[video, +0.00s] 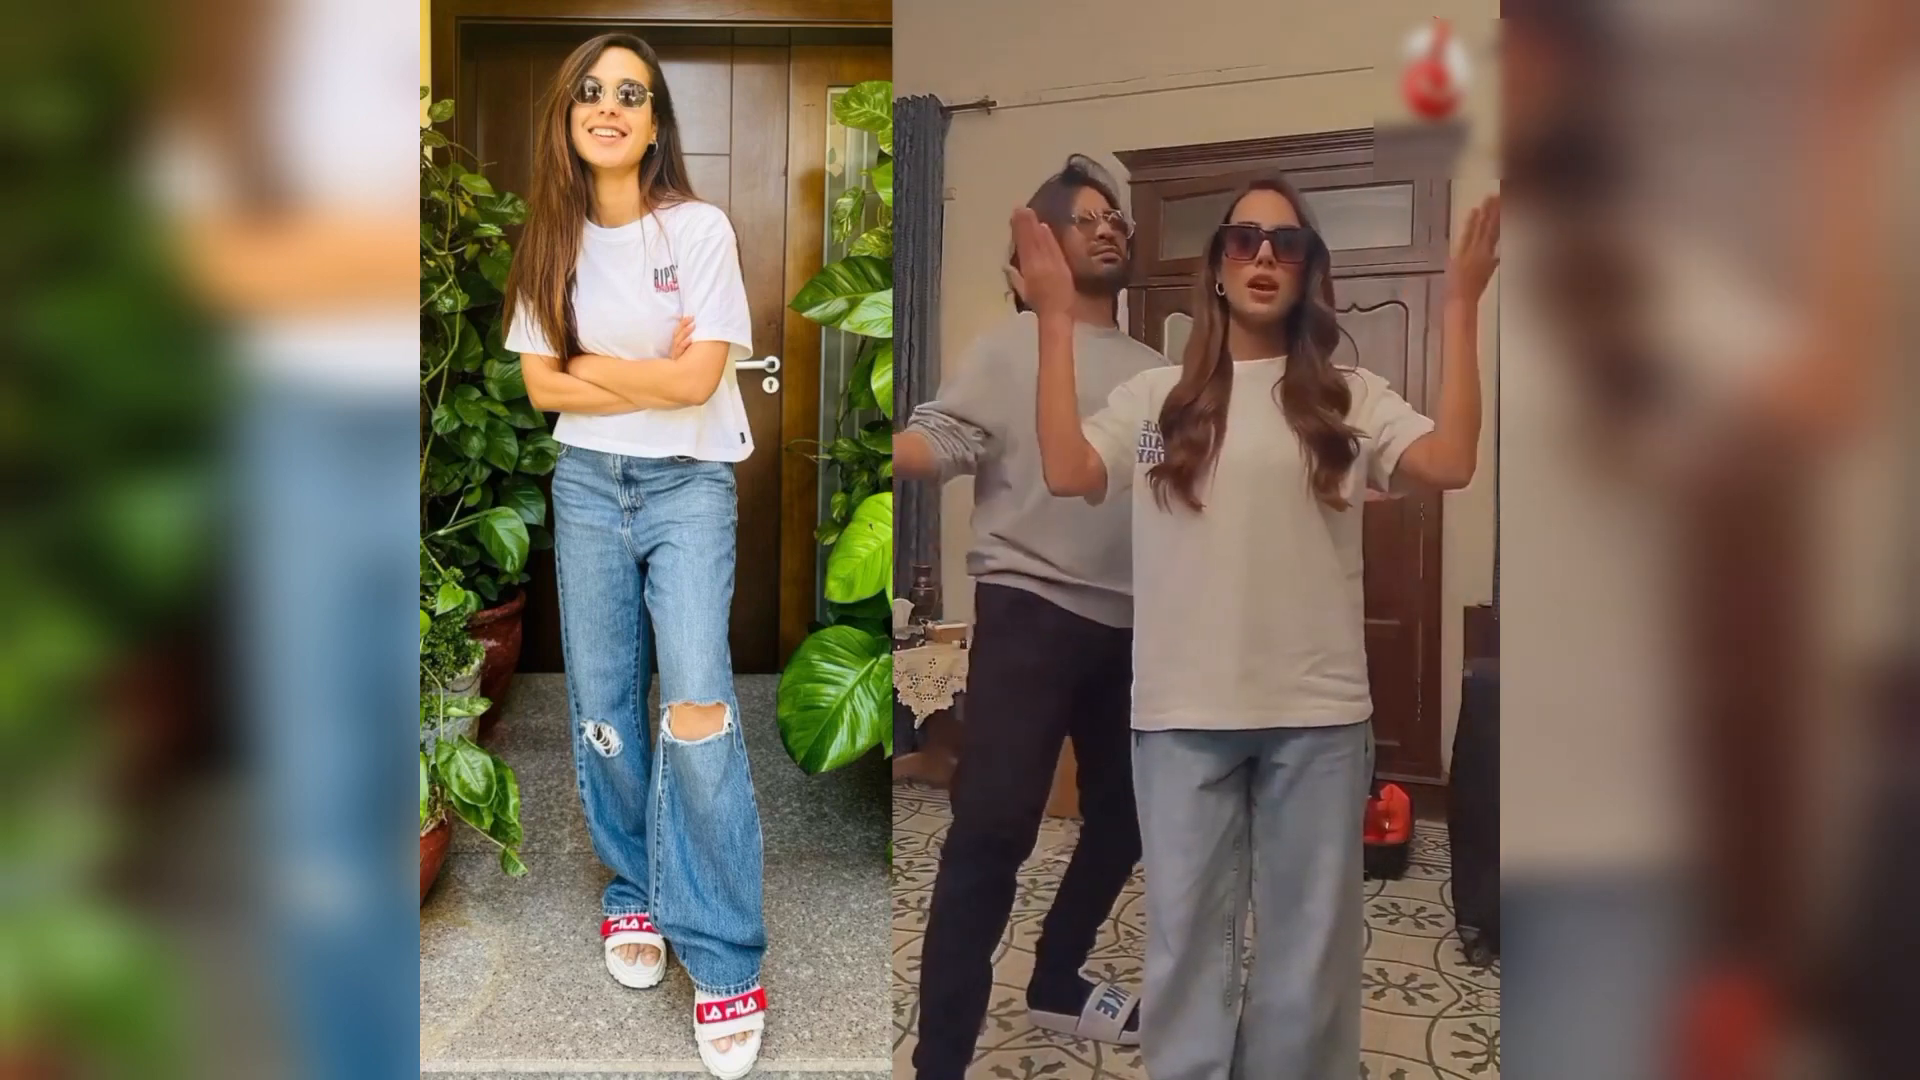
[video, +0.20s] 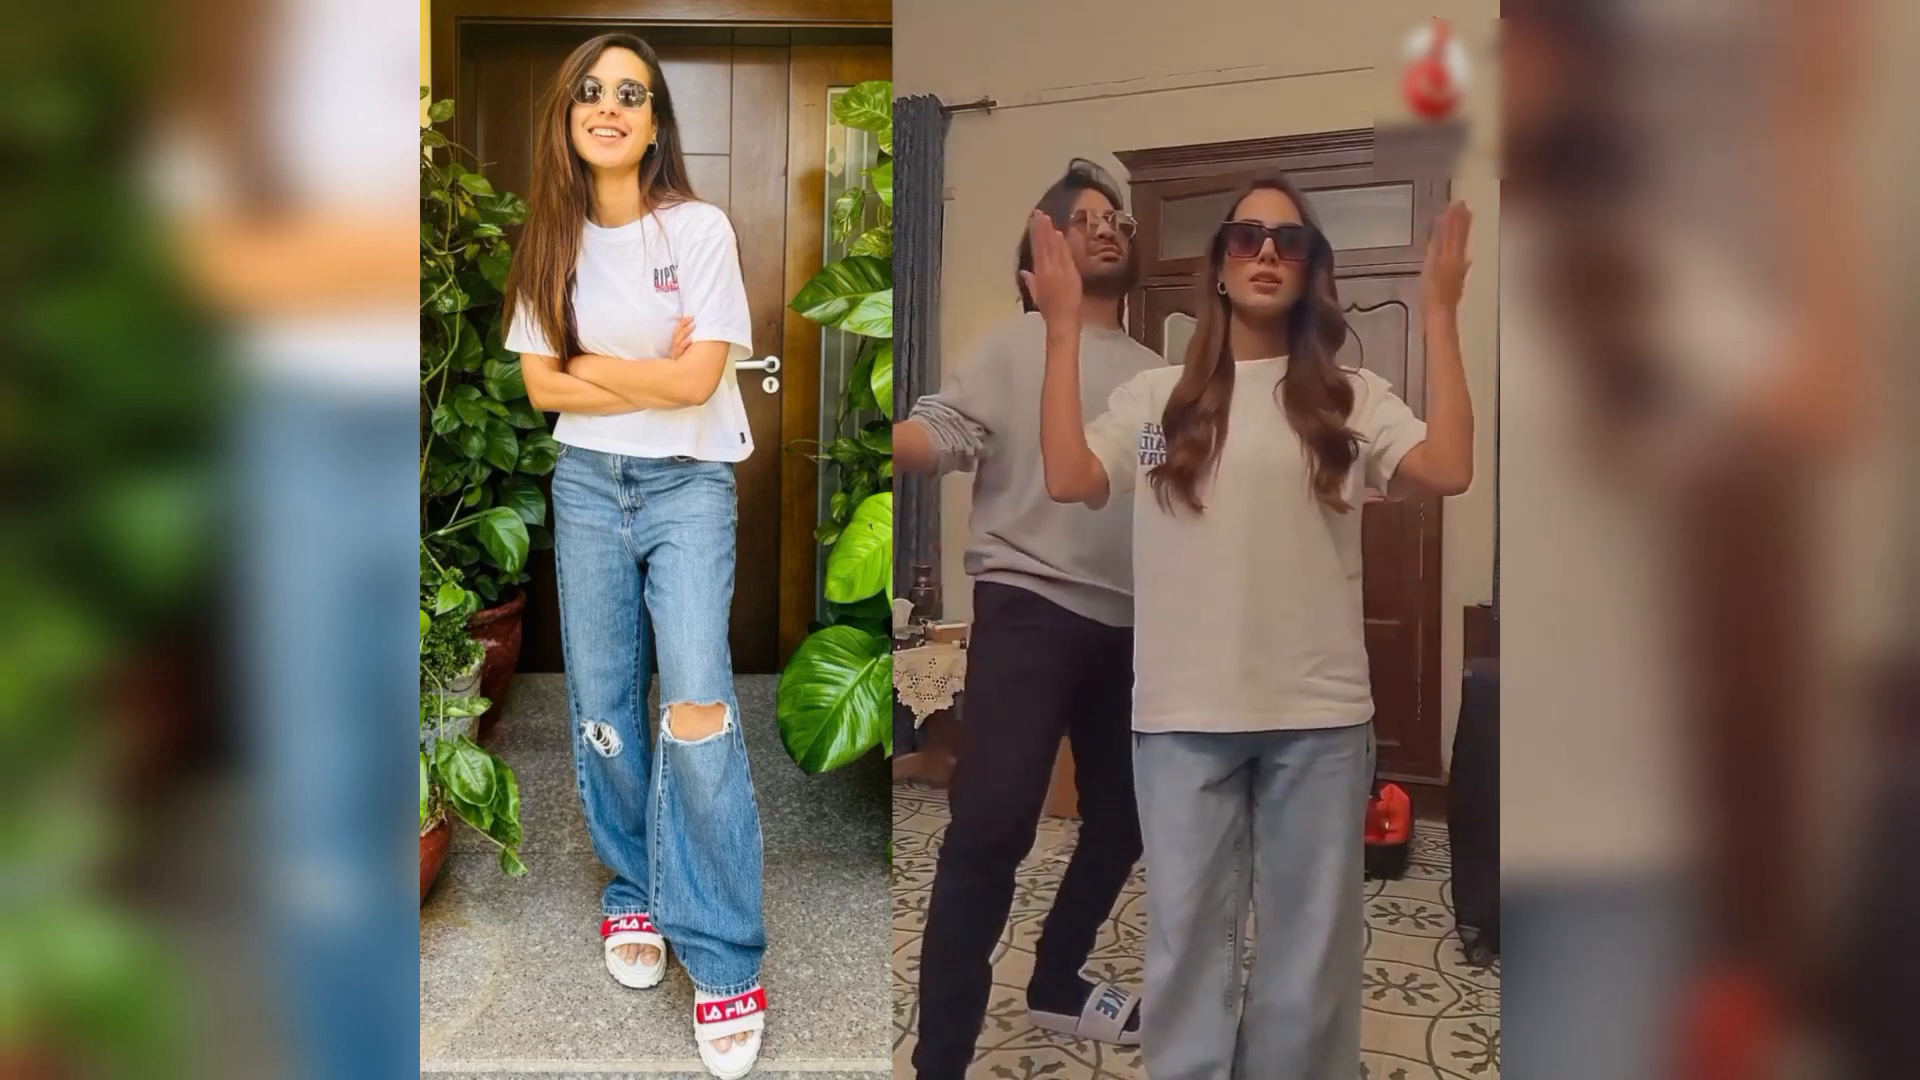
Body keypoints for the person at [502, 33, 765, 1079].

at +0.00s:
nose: (610, 111)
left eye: (629, 97)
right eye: (593, 95)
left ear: (656, 122)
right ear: (566, 117)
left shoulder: (699, 225)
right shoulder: (550, 239)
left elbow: (698, 378)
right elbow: (540, 385)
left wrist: (576, 362)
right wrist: (662, 378)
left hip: (689, 482)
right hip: (584, 484)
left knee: (695, 709)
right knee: (602, 708)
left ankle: (724, 955)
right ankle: (631, 890)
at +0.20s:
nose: (610, 111)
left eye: (629, 97)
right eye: (593, 95)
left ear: (656, 122)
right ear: (566, 117)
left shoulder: (699, 226)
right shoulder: (550, 239)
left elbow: (698, 378)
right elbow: (540, 385)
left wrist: (576, 362)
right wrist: (662, 378)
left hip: (689, 482)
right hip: (584, 484)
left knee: (695, 709)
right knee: (602, 708)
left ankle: (724, 955)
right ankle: (631, 890)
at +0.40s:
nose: (610, 111)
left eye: (629, 97)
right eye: (593, 95)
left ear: (656, 122)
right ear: (566, 117)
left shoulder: (699, 226)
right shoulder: (549, 239)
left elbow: (698, 378)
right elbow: (540, 385)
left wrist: (577, 363)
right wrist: (662, 378)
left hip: (689, 482)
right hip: (584, 484)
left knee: (694, 709)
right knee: (602, 707)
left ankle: (724, 957)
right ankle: (631, 891)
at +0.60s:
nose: (610, 110)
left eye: (630, 97)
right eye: (593, 95)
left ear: (656, 121)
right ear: (566, 117)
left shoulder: (699, 226)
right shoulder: (549, 240)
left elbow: (699, 378)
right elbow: (540, 385)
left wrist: (576, 362)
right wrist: (662, 378)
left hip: (689, 482)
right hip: (584, 484)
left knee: (695, 708)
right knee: (603, 708)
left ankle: (724, 955)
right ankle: (631, 890)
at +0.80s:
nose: (610, 111)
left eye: (629, 98)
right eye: (593, 95)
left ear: (656, 122)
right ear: (566, 117)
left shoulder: (699, 226)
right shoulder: (550, 239)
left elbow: (698, 378)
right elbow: (540, 385)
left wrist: (576, 362)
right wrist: (661, 378)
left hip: (689, 482)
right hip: (584, 484)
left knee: (695, 709)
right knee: (603, 708)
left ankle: (724, 955)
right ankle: (631, 890)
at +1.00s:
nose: (610, 111)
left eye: (629, 98)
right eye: (593, 95)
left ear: (656, 121)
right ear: (566, 117)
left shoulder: (699, 226)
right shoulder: (549, 239)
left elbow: (698, 378)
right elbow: (540, 385)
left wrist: (575, 362)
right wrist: (662, 377)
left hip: (689, 482)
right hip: (584, 483)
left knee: (695, 709)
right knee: (602, 708)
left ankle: (724, 955)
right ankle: (631, 890)